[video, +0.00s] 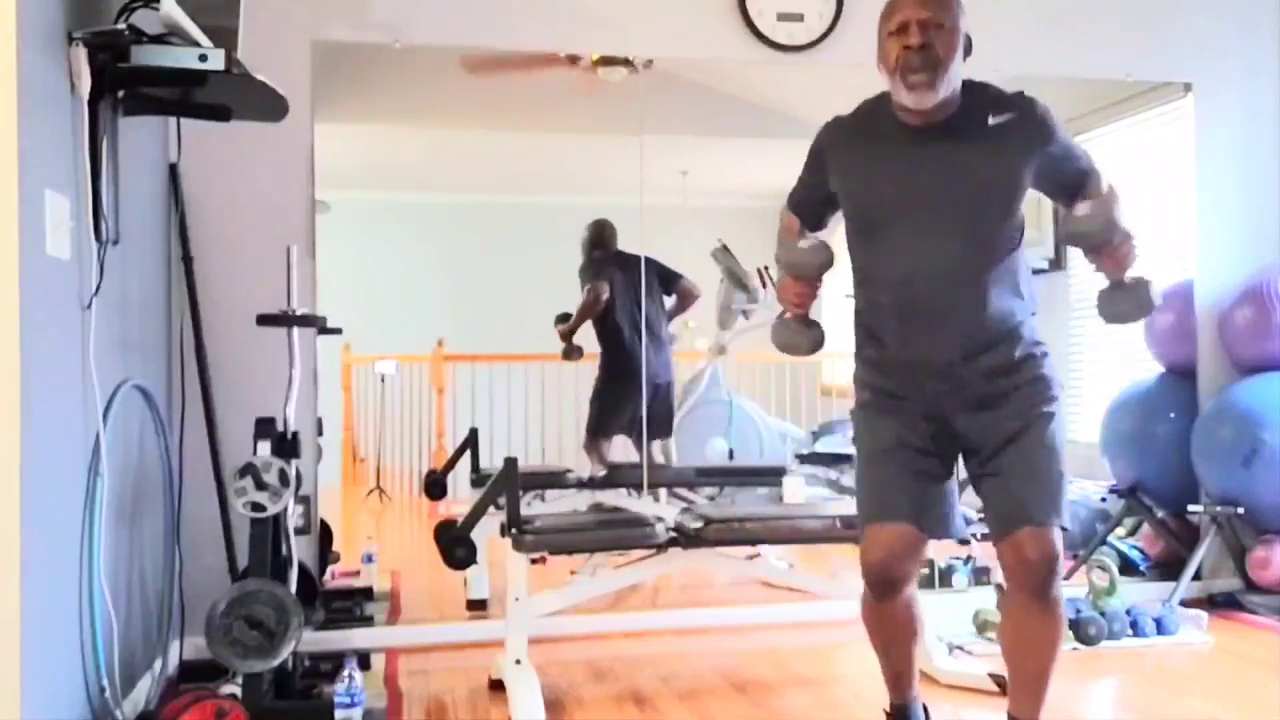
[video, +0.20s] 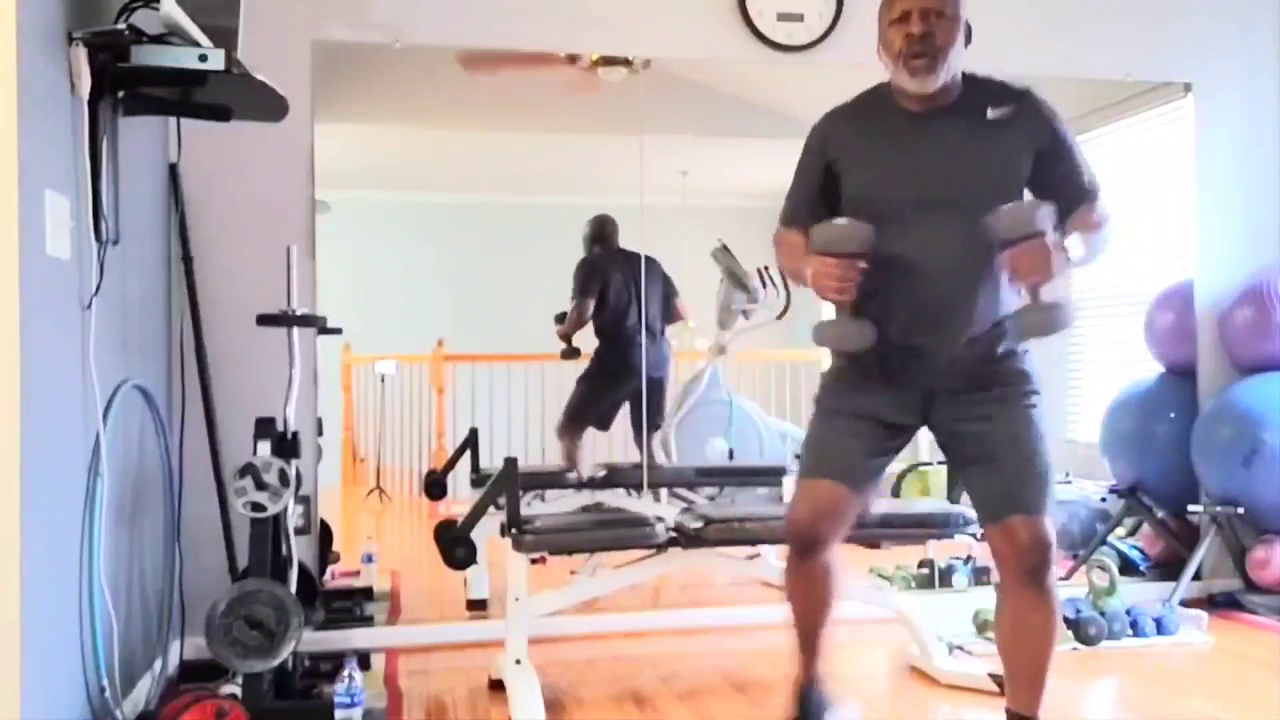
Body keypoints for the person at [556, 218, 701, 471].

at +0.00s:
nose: (584, 247)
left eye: (585, 242)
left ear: (589, 243)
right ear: (615, 241)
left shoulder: (594, 264)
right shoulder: (643, 263)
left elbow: (599, 295)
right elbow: (691, 292)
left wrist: (571, 329)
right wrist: (664, 319)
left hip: (623, 370)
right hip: (660, 370)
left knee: (595, 444)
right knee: (649, 444)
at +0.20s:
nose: (585, 245)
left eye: (586, 240)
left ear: (590, 239)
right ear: (616, 238)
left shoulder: (592, 265)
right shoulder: (650, 264)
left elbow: (583, 313)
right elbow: (678, 313)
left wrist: (566, 331)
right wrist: (649, 321)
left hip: (617, 361)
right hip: (656, 362)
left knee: (569, 429)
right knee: (648, 436)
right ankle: (662, 505)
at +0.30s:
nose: (581, 256)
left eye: (582, 251)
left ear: (587, 253)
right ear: (614, 252)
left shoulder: (586, 280)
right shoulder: (645, 280)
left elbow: (571, 337)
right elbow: (663, 333)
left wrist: (560, 340)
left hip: (613, 375)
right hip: (653, 376)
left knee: (556, 441)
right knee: (646, 446)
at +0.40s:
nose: (575, 272)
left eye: (577, 267)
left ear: (579, 268)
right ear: (605, 269)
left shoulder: (575, 299)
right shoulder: (633, 296)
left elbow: (560, 355)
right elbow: (648, 338)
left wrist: (559, 368)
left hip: (599, 392)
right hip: (641, 391)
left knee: (541, 448)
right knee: (647, 456)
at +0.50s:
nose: (568, 276)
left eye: (569, 271)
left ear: (571, 273)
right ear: (597, 273)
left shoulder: (565, 303)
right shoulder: (623, 300)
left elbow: (550, 359)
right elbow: (639, 345)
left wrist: (551, 372)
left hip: (590, 395)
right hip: (634, 393)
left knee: (534, 449)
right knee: (647, 454)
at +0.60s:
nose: (554, 266)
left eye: (555, 262)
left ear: (557, 263)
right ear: (584, 263)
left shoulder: (552, 294)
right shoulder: (613, 291)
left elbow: (536, 348)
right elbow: (631, 347)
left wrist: (539, 362)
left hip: (579, 385)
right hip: (620, 384)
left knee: (531, 448)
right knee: (636, 452)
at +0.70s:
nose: (542, 248)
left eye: (543, 244)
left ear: (546, 244)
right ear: (572, 242)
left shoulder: (541, 273)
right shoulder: (603, 270)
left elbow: (529, 326)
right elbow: (624, 321)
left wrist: (520, 337)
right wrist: (593, 326)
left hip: (564, 368)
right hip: (605, 367)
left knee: (533, 443)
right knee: (618, 440)